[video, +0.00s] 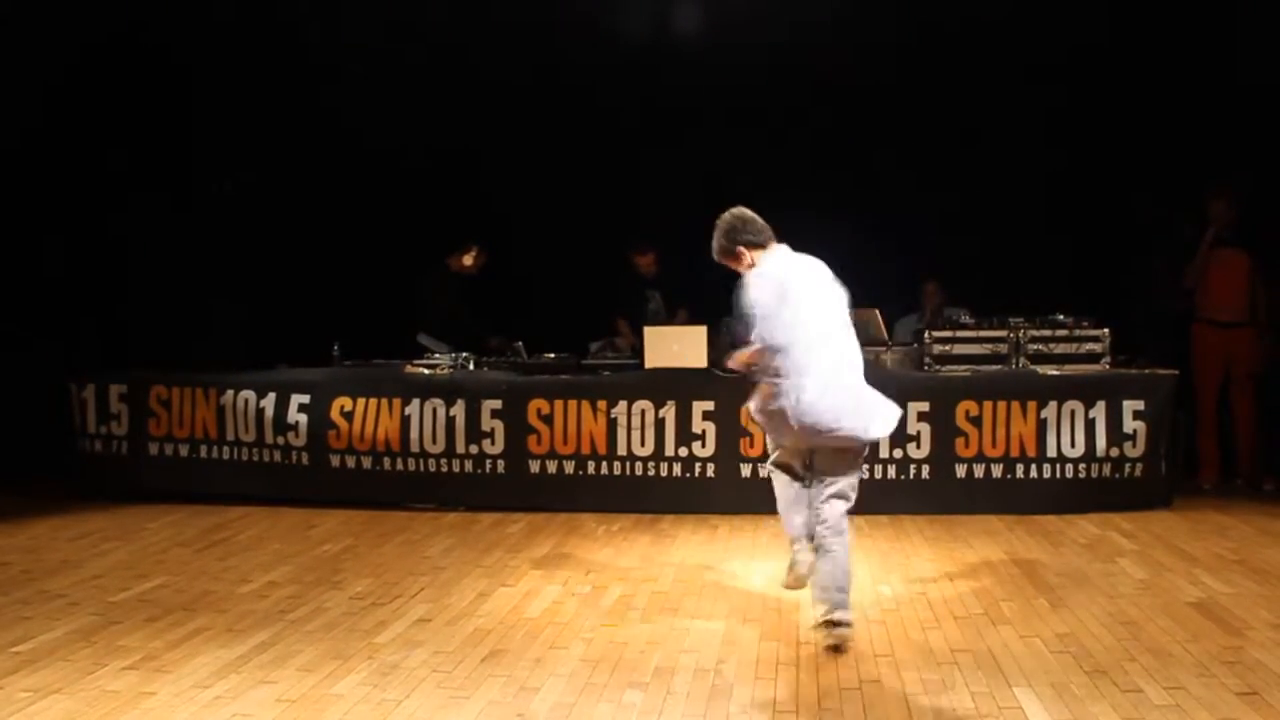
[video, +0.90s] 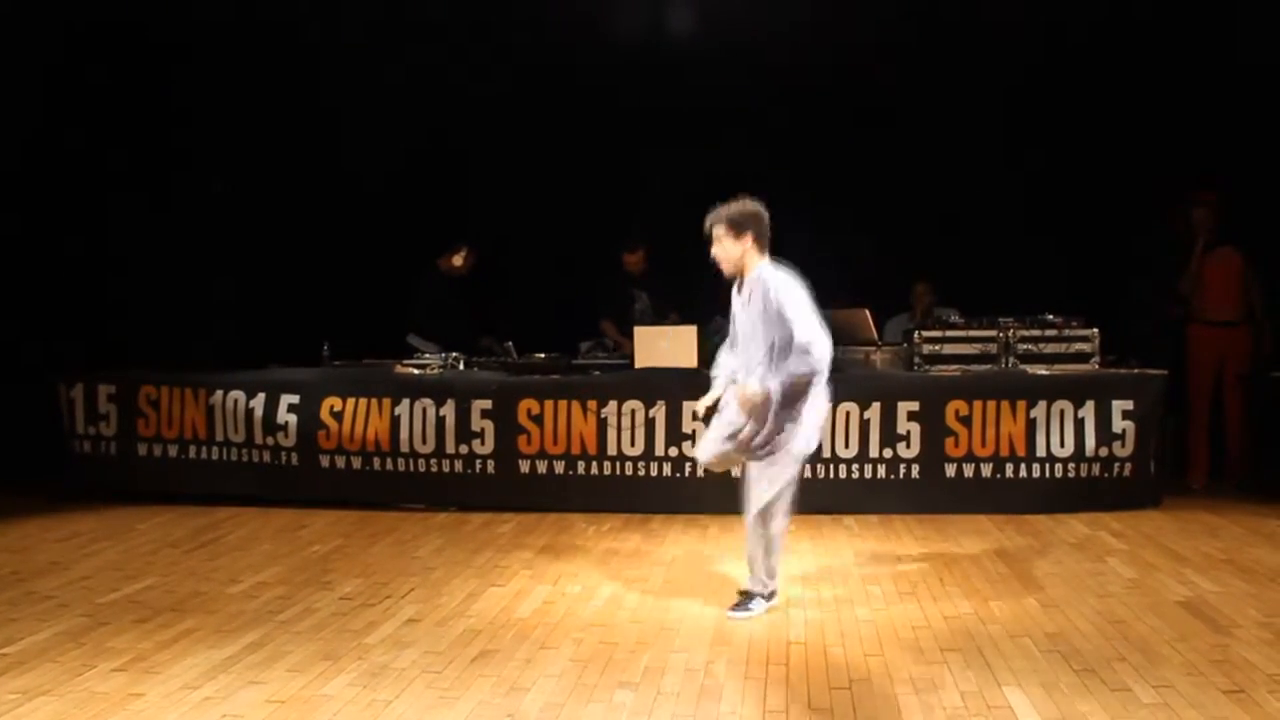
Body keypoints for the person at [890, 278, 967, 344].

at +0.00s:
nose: (929, 299)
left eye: (933, 294)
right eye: (926, 295)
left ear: (941, 296)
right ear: (921, 297)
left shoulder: (959, 317)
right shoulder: (904, 326)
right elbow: (900, 360)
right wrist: (924, 324)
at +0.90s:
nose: (920, 299)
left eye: (924, 295)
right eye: (917, 295)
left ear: (932, 297)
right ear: (912, 298)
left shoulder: (950, 317)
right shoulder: (894, 326)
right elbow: (891, 361)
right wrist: (916, 322)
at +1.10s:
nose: (922, 287)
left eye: (926, 283)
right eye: (919, 283)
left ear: (934, 285)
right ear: (914, 286)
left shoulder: (952, 306)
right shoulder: (897, 314)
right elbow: (893, 349)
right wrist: (918, 312)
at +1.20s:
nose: (925, 274)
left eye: (929, 270)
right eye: (921, 271)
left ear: (936, 272)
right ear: (916, 273)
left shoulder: (955, 294)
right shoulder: (900, 302)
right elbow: (895, 337)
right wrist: (920, 299)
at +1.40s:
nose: (925, 271)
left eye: (929, 267)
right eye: (922, 268)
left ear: (937, 270)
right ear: (916, 271)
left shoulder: (954, 290)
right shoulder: (900, 298)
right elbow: (897, 332)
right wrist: (921, 296)